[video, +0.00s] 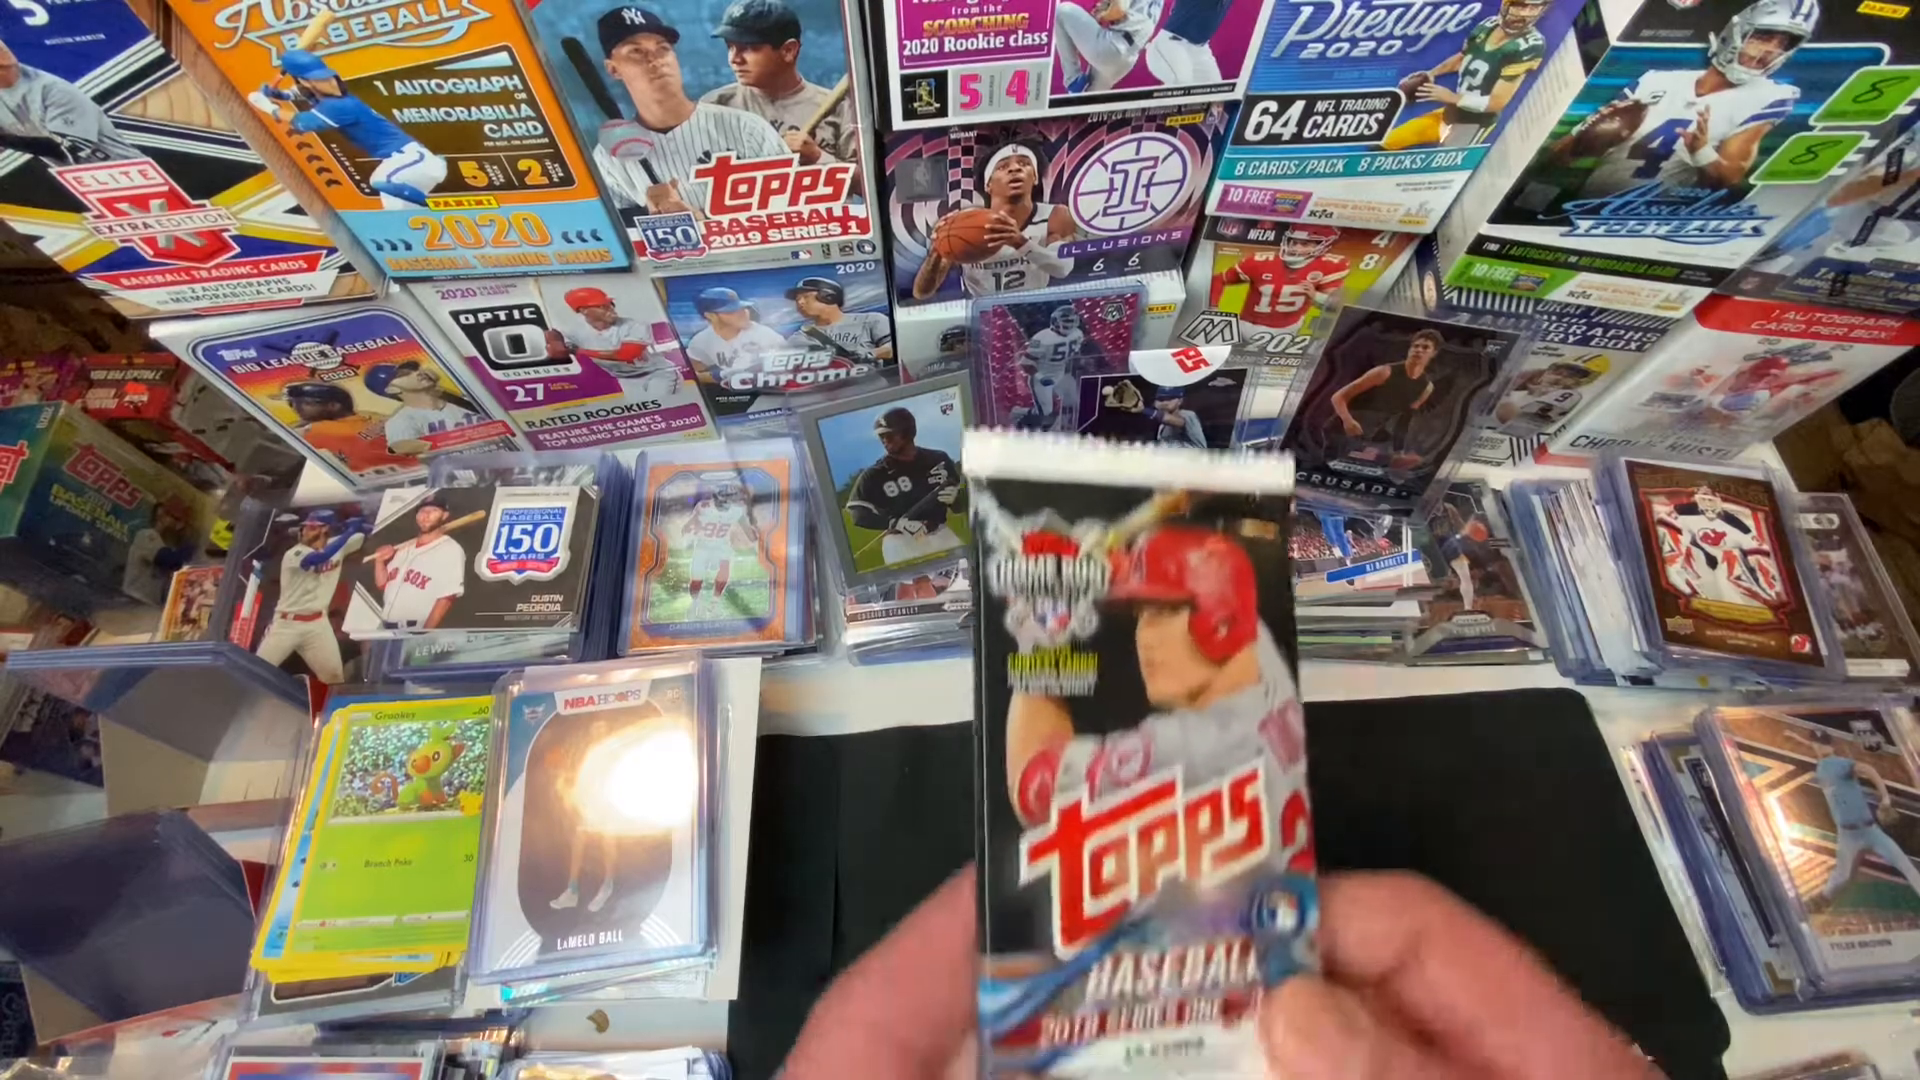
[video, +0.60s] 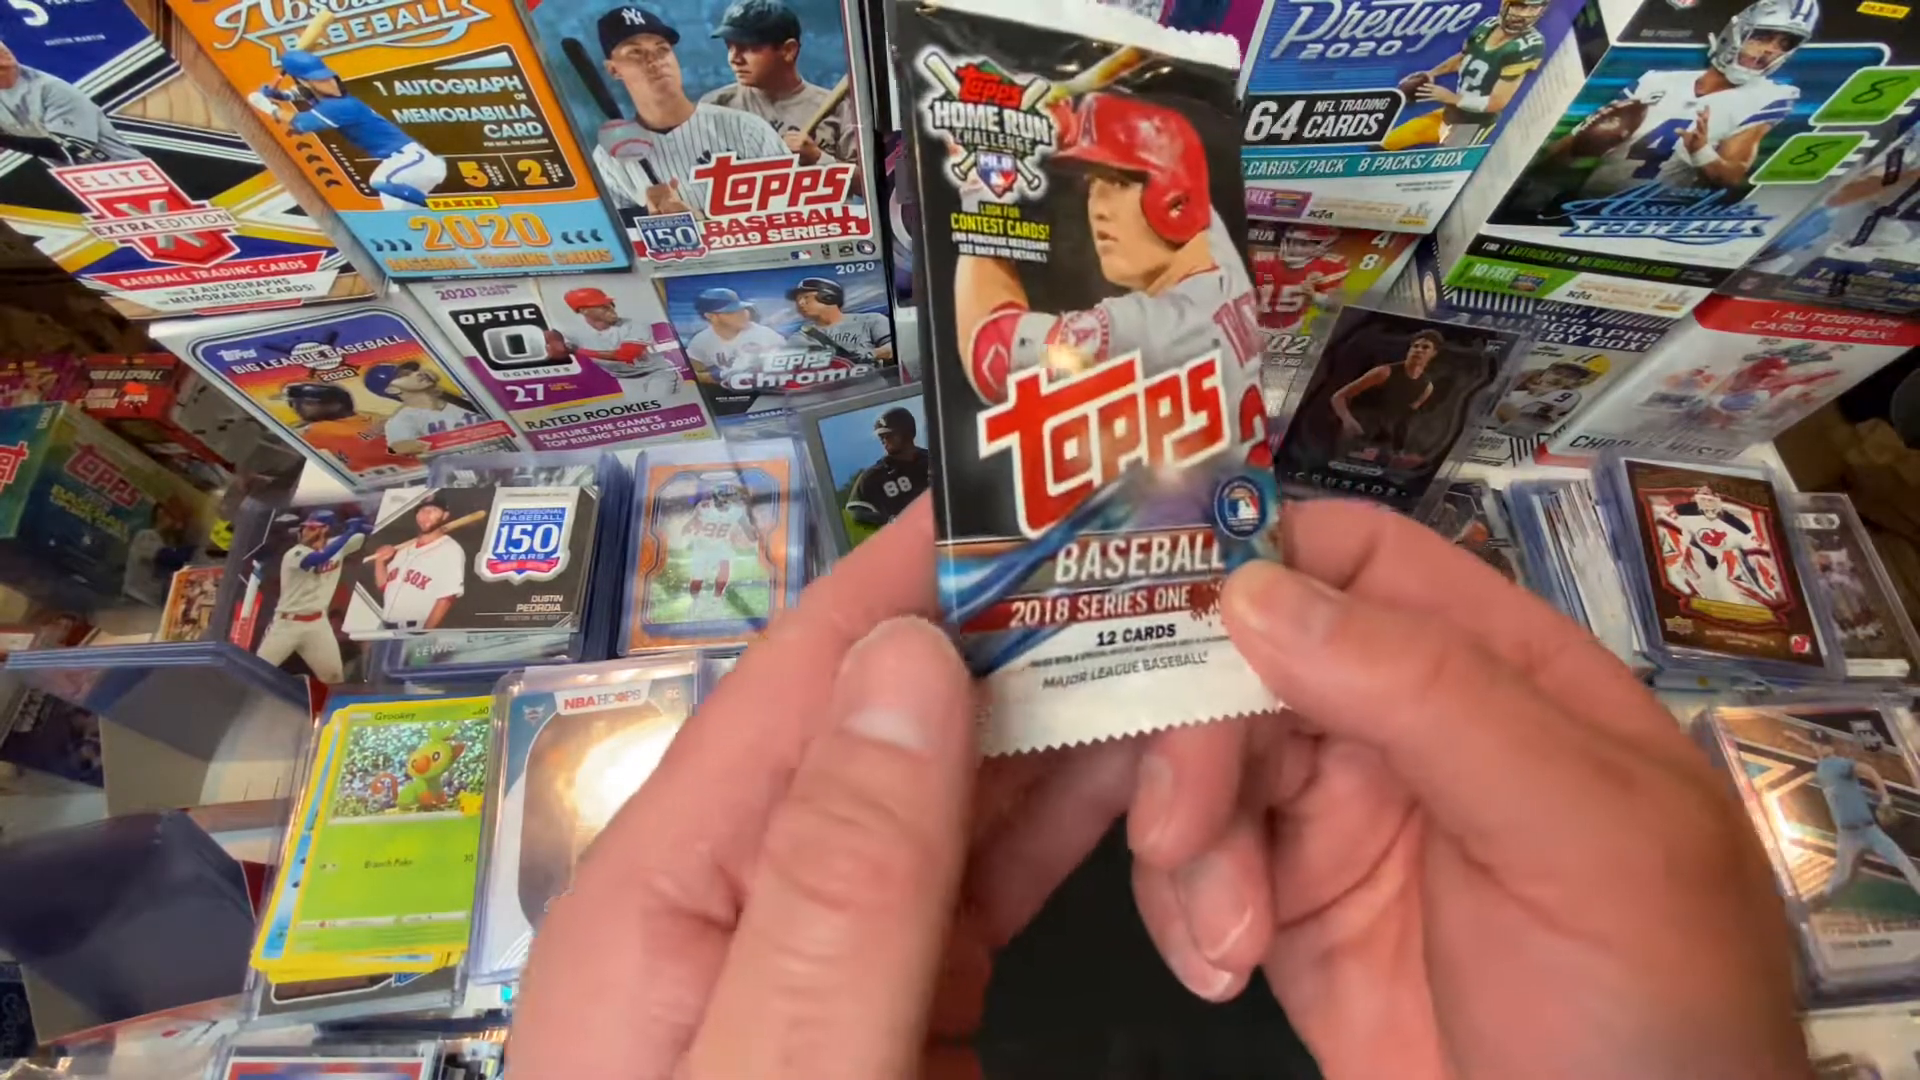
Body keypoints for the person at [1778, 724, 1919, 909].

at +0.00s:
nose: (1821, 748)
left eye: (1823, 744)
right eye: (1818, 745)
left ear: (1829, 744)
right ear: (1816, 748)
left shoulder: (1838, 764)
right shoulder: (1822, 767)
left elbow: (1868, 770)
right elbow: (1812, 745)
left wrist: (1885, 798)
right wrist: (1797, 737)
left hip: (1870, 828)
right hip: (1847, 833)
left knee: (1903, 863)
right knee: (1843, 875)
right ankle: (1824, 897)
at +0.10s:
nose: (1820, 749)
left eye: (1822, 744)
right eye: (1817, 745)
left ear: (1826, 743)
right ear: (1815, 748)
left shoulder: (1838, 764)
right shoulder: (1821, 768)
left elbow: (1868, 770)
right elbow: (1812, 745)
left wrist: (1885, 798)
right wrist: (1796, 738)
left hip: (1870, 828)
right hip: (1846, 833)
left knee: (1903, 863)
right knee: (1842, 875)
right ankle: (1824, 897)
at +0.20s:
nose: (1824, 751)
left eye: (1826, 746)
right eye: (1820, 748)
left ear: (1832, 746)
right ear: (1816, 750)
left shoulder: (1841, 764)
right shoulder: (1823, 767)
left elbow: (1868, 770)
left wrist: (1885, 797)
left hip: (1870, 829)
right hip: (1846, 834)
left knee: (1902, 862)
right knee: (1843, 875)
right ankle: (1822, 898)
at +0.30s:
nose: (1821, 750)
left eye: (1824, 745)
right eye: (1818, 746)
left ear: (1830, 746)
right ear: (1815, 749)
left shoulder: (1840, 764)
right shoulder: (1823, 767)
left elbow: (1869, 770)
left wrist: (1884, 795)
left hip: (1869, 829)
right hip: (1846, 834)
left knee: (1903, 862)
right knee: (1844, 875)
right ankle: (1816, 898)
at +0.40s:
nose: (1823, 751)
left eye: (1826, 746)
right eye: (1819, 748)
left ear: (1831, 746)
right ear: (1815, 750)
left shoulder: (1841, 765)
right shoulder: (1821, 768)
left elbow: (1869, 770)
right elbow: (1799, 781)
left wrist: (1884, 796)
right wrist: (1776, 794)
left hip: (1869, 829)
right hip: (1846, 834)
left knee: (1902, 861)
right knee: (1844, 875)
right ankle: (1818, 898)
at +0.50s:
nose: (1823, 751)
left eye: (1825, 746)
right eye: (1819, 748)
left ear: (1831, 746)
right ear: (1815, 750)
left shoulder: (1841, 765)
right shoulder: (1821, 768)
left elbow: (1869, 770)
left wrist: (1885, 797)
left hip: (1869, 829)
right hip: (1846, 834)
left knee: (1903, 862)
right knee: (1842, 876)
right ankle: (1820, 899)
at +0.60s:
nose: (1823, 750)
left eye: (1826, 745)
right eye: (1819, 746)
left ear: (1832, 746)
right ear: (1815, 749)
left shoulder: (1840, 766)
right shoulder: (1824, 767)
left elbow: (1855, 792)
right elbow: (1868, 770)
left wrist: (1882, 800)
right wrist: (1884, 795)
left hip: (1869, 829)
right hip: (1846, 833)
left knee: (1902, 862)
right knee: (1842, 875)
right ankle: (1823, 897)